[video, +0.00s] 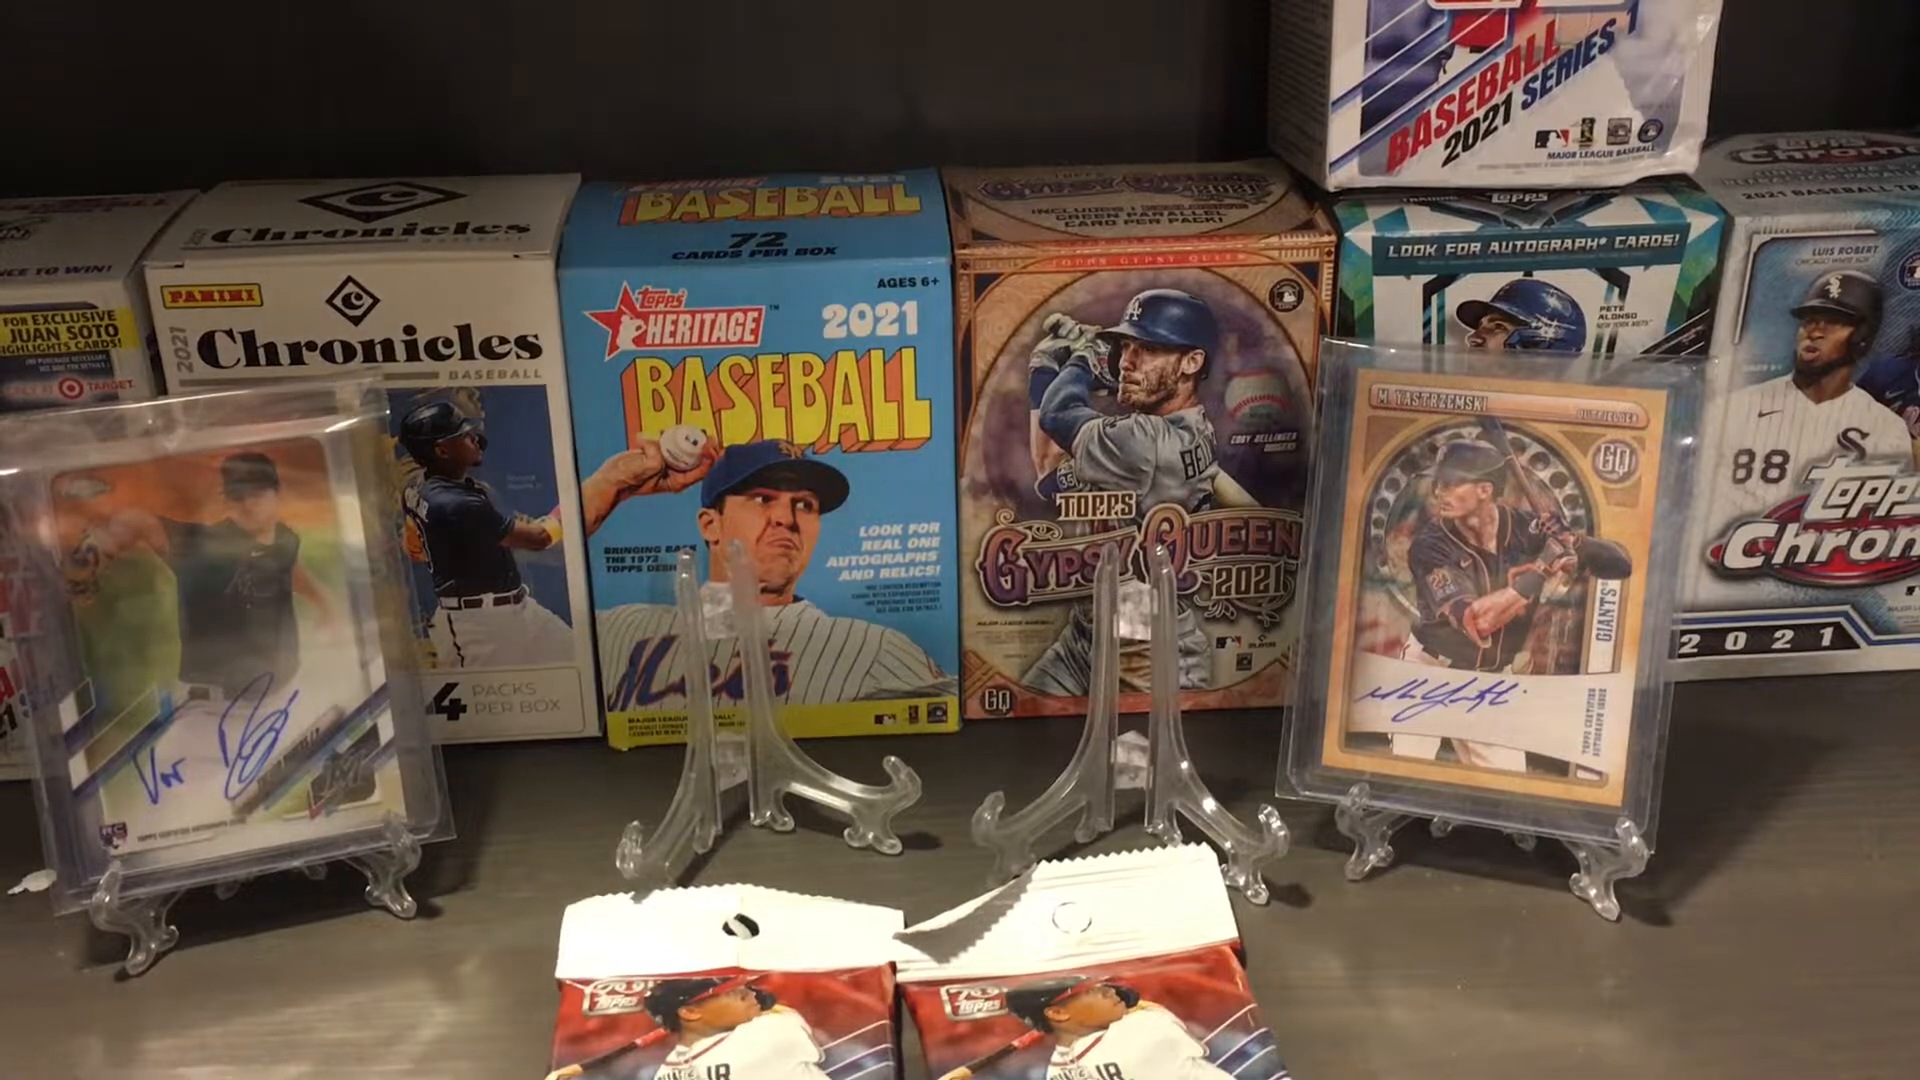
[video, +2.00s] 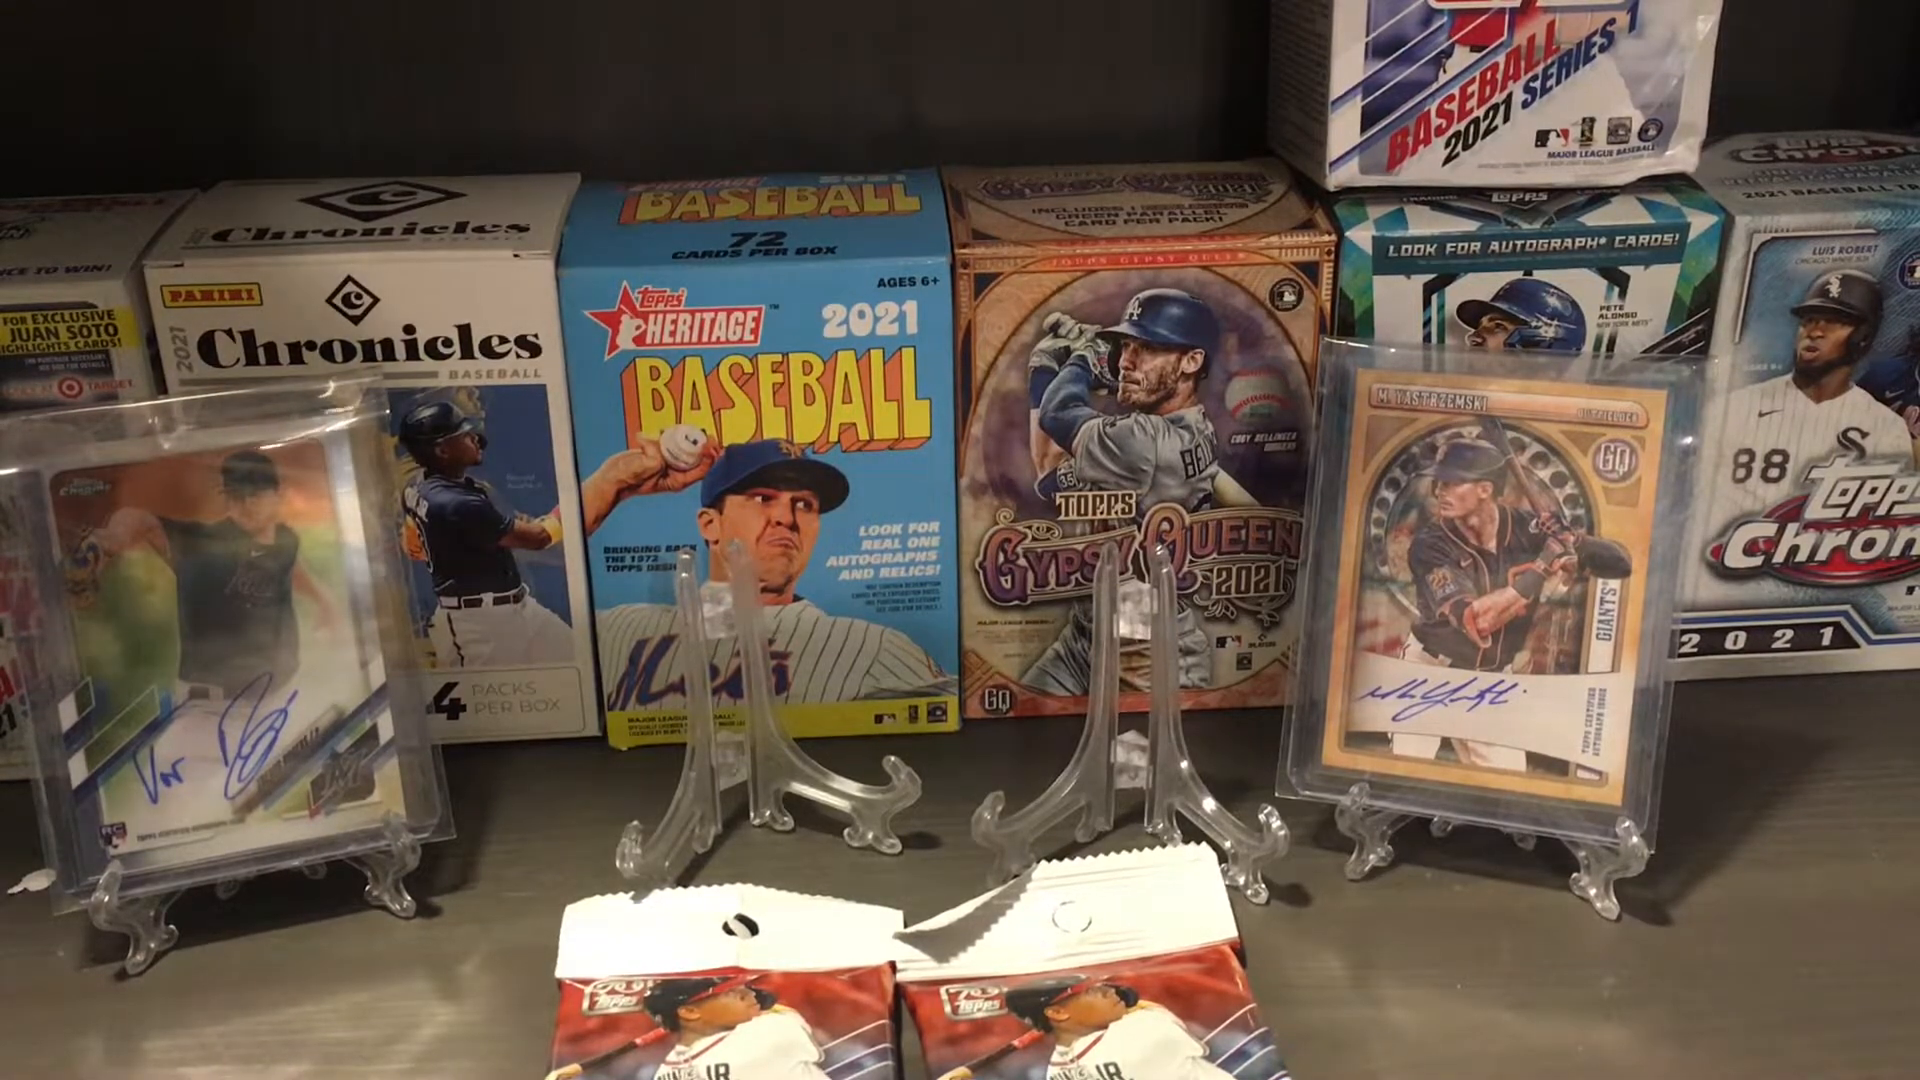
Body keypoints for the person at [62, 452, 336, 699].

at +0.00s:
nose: (249, 506)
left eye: (258, 496)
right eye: (239, 498)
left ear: (276, 495)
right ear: (228, 502)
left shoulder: (286, 541)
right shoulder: (202, 542)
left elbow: (291, 570)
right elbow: (144, 524)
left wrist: (322, 602)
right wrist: (110, 536)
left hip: (275, 685)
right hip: (215, 691)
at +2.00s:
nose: (246, 506)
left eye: (256, 496)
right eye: (237, 497)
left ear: (276, 496)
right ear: (227, 500)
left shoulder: (286, 541)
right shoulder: (201, 541)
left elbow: (291, 570)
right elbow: (134, 518)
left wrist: (323, 601)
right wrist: (117, 539)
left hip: (274, 686)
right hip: (212, 692)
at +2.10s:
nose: (245, 507)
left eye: (254, 496)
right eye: (236, 498)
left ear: (276, 497)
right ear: (226, 501)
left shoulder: (286, 542)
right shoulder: (202, 543)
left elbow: (291, 569)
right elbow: (136, 518)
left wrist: (323, 601)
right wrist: (118, 541)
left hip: (274, 687)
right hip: (211, 693)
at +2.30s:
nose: (247, 507)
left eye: (255, 495)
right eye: (237, 498)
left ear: (276, 497)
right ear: (227, 501)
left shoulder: (286, 542)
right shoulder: (201, 543)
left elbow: (291, 569)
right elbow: (136, 519)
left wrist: (323, 601)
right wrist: (116, 543)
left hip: (276, 689)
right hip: (212, 696)